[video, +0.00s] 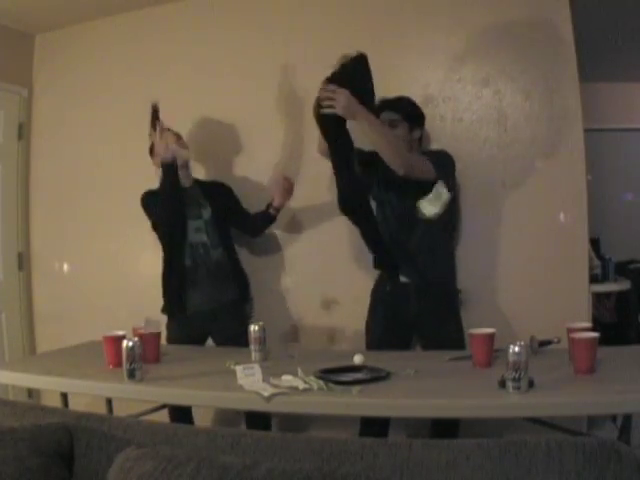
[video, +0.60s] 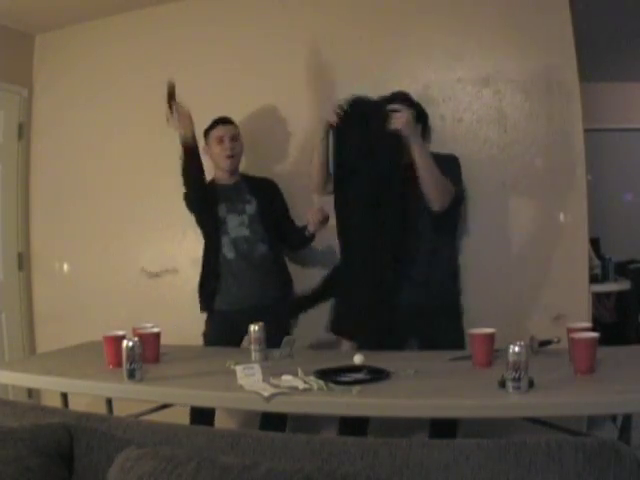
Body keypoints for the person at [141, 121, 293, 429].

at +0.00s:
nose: (175, 148)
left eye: (178, 143)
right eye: (166, 146)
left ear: (188, 151)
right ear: (155, 158)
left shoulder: (217, 191)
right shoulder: (154, 199)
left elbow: (251, 227)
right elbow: (170, 227)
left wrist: (275, 205)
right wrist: (168, 167)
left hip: (229, 303)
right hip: (186, 308)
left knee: (249, 379)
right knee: (176, 383)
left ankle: (263, 448)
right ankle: (185, 449)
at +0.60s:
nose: (229, 147)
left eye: (234, 139)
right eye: (221, 141)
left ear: (243, 145)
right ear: (207, 152)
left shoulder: (265, 188)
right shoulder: (204, 197)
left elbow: (292, 242)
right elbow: (194, 188)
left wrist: (311, 228)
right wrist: (188, 141)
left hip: (271, 303)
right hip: (226, 306)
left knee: (276, 388)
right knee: (206, 388)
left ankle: (269, 460)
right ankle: (197, 458)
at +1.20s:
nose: (204, 145)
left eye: (209, 141)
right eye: (196, 141)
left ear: (217, 154)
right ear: (185, 154)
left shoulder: (238, 201)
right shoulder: (172, 199)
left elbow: (257, 252)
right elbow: (184, 230)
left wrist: (287, 237)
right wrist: (181, 167)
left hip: (244, 313)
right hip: (200, 316)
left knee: (262, 398)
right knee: (192, 400)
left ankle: (266, 463)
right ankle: (190, 461)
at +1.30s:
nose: (197, 150)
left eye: (202, 145)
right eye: (189, 145)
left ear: (209, 154)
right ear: (176, 154)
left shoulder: (229, 200)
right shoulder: (164, 203)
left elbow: (245, 251)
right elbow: (177, 240)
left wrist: (275, 243)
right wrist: (174, 181)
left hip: (238, 308)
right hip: (194, 312)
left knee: (253, 387)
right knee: (190, 391)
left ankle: (264, 456)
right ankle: (191, 459)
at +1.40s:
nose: (192, 148)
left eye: (196, 141)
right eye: (184, 141)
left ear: (202, 149)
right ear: (169, 151)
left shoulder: (221, 195)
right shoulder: (158, 197)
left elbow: (246, 239)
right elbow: (167, 196)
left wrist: (277, 229)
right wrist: (161, 144)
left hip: (235, 303)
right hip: (192, 308)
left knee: (256, 381)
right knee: (190, 388)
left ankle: (265, 453)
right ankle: (193, 456)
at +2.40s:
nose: (170, 152)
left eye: (168, 146)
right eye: (161, 149)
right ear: (139, 160)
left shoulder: (186, 193)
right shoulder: (132, 207)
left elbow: (208, 241)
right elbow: (143, 264)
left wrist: (248, 241)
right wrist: (178, 242)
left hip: (202, 307)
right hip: (165, 314)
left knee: (208, 389)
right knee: (175, 394)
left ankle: (204, 455)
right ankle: (170, 458)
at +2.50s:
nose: (189, 159)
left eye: (188, 153)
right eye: (180, 155)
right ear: (157, 164)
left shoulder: (198, 199)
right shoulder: (142, 206)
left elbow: (210, 248)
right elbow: (144, 267)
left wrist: (245, 261)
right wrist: (179, 247)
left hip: (196, 311)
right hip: (158, 316)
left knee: (206, 391)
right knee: (169, 394)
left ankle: (198, 456)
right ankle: (167, 459)